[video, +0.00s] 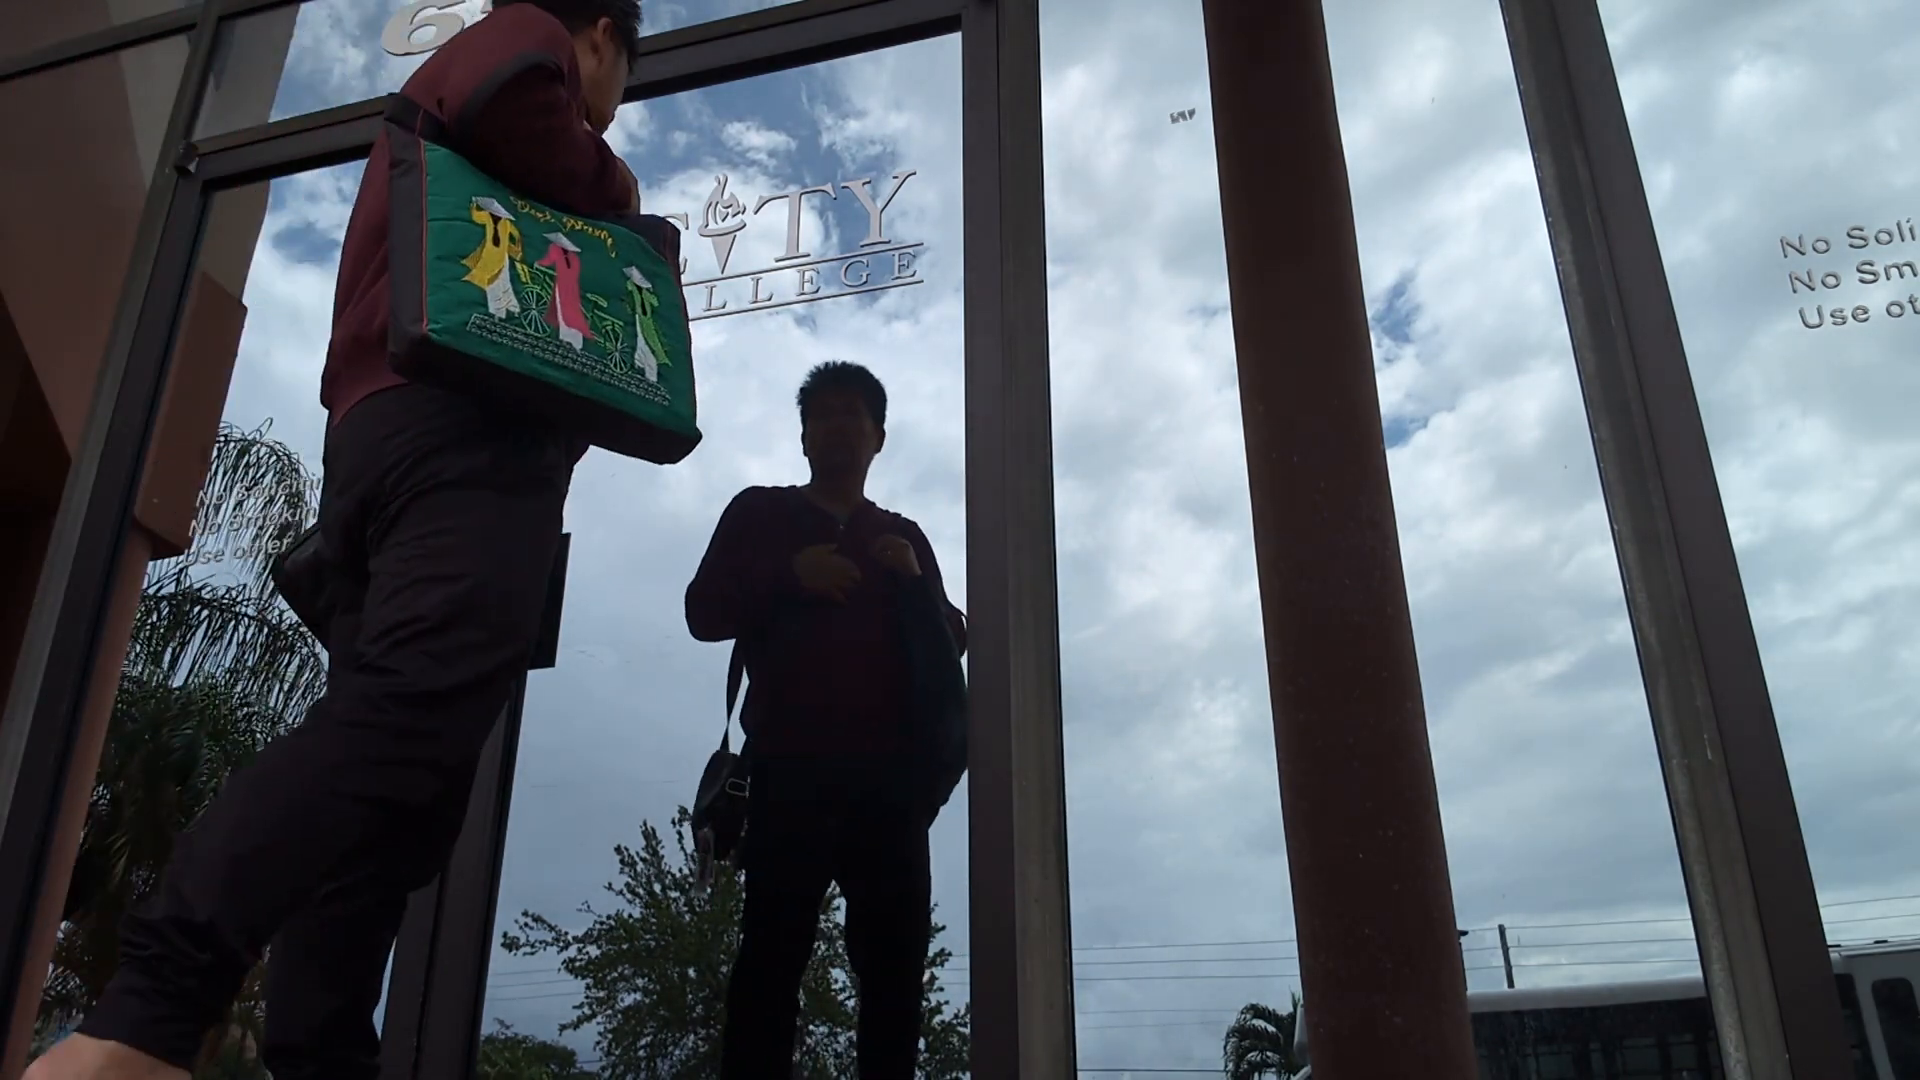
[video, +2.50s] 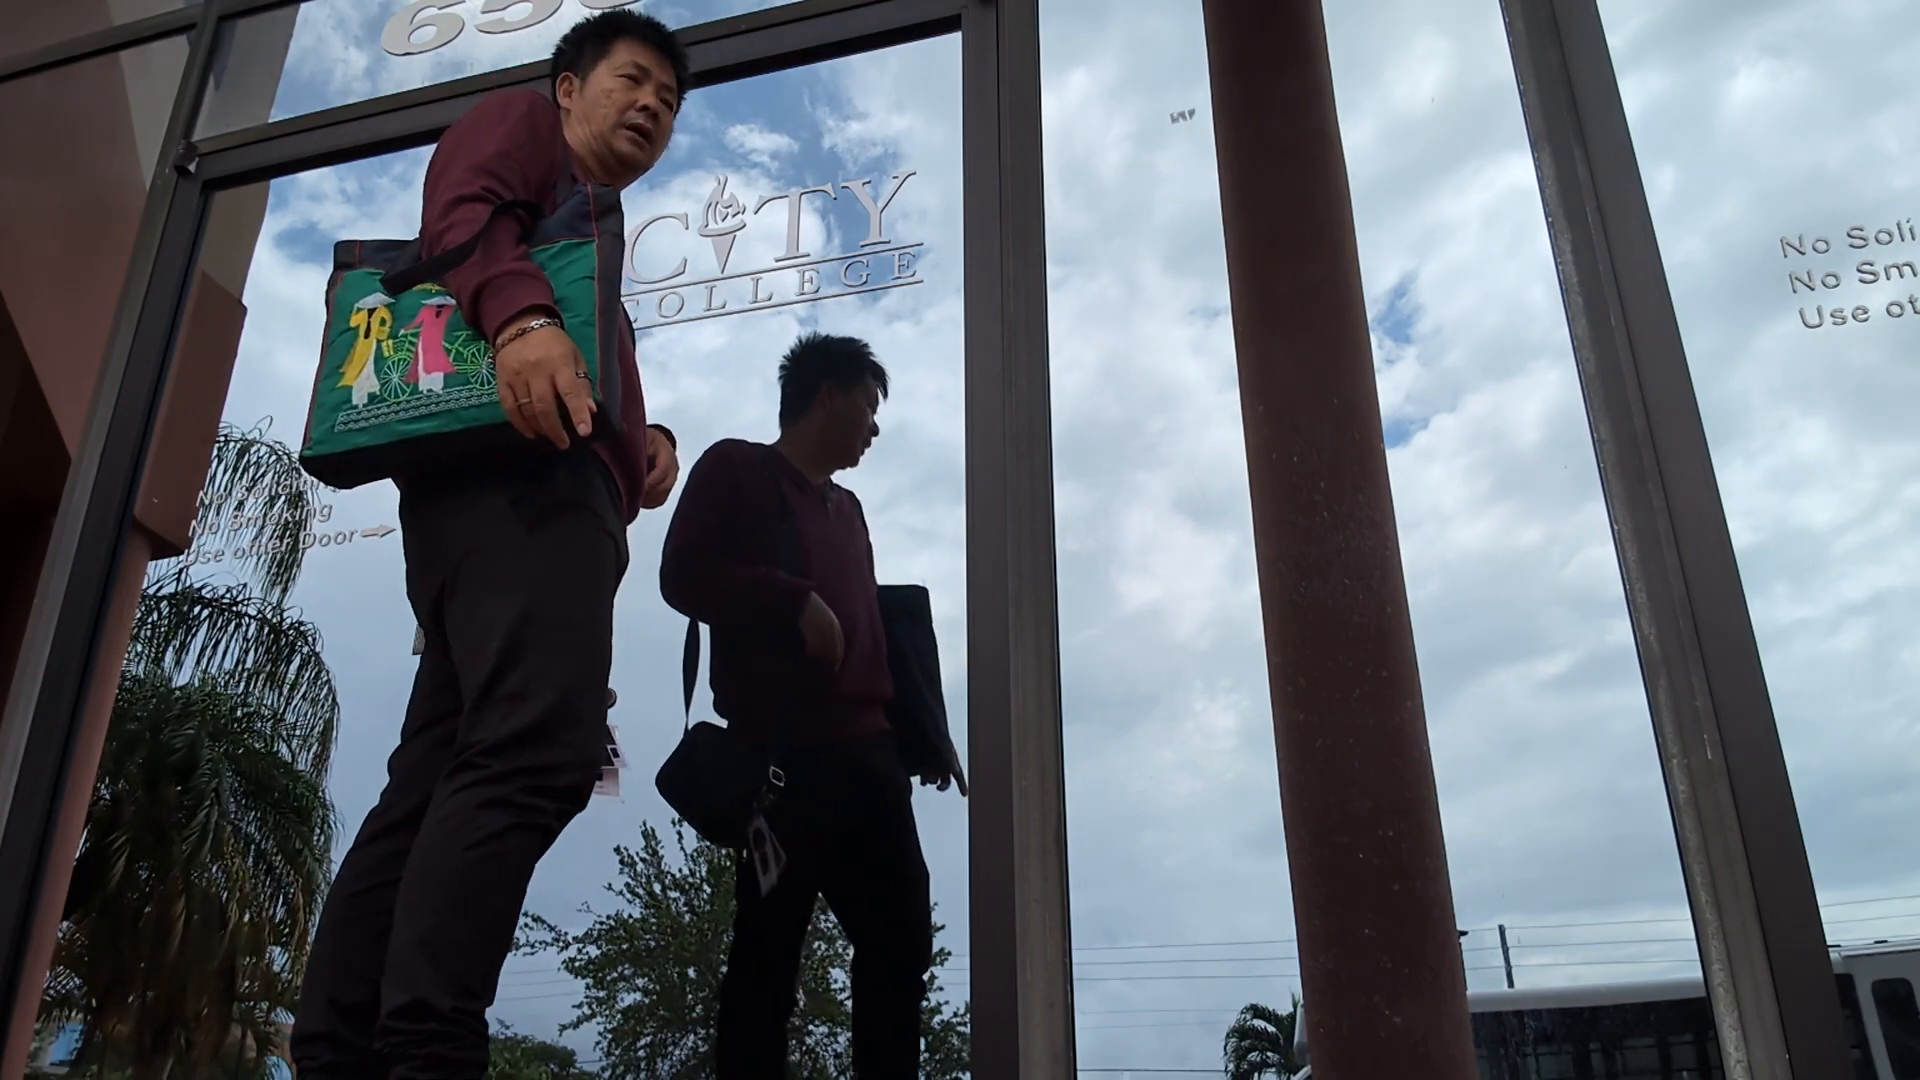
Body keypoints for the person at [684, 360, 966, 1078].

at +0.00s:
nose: (834, 430)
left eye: (850, 417)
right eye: (820, 417)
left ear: (878, 436)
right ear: (802, 433)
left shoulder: (904, 536)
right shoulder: (758, 512)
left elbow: (950, 643)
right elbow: (702, 614)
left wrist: (913, 582)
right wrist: (790, 577)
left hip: (889, 775)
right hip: (788, 767)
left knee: (894, 972)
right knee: (769, 964)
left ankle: (886, 1077)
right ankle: (752, 1075)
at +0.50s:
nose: (861, 397)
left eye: (865, 384)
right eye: (844, 380)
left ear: (863, 397)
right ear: (793, 393)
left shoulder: (869, 508)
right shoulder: (737, 478)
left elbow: (910, 634)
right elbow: (685, 586)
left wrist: (895, 560)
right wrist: (787, 571)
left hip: (873, 758)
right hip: (781, 753)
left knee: (906, 945)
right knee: (771, 946)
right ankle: (752, 1078)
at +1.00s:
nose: (908, 425)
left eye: (910, 409)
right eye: (900, 406)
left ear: (864, 404)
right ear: (858, 397)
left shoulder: (878, 505)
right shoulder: (760, 465)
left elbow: (887, 624)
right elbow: (703, 578)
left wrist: (946, 576)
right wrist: (815, 572)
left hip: (887, 758)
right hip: (800, 752)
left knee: (901, 952)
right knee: (784, 949)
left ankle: (885, 1077)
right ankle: (759, 1072)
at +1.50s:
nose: (918, 439)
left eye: (922, 423)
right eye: (914, 418)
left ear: (870, 416)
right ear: (872, 408)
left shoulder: (879, 508)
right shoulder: (777, 462)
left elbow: (883, 627)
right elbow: (719, 564)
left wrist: (923, 705)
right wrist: (842, 577)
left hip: (887, 757)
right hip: (805, 750)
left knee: (897, 953)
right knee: (787, 948)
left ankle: (883, 1075)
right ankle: (759, 1071)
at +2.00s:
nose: (902, 438)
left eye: (905, 421)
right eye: (899, 417)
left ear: (858, 410)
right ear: (863, 405)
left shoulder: (866, 511)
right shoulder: (766, 462)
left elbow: (888, 635)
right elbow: (712, 565)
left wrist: (934, 737)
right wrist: (829, 580)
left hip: (881, 756)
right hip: (798, 752)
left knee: (895, 952)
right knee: (784, 948)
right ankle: (756, 1075)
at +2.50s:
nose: (876, 426)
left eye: (879, 410)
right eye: (870, 406)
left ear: (833, 405)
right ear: (828, 398)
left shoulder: (847, 507)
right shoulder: (735, 464)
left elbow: (868, 636)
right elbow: (682, 576)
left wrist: (921, 731)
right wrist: (792, 599)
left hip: (865, 758)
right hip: (777, 757)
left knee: (899, 952)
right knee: (765, 961)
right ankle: (748, 1079)